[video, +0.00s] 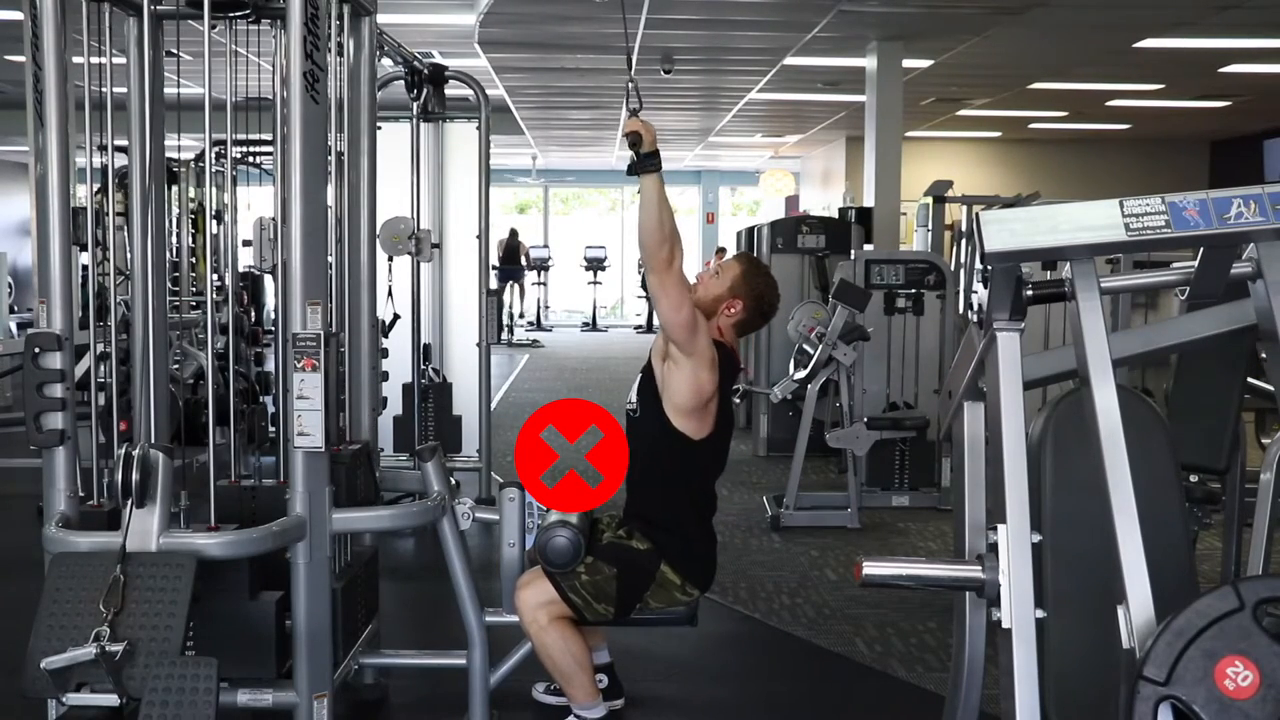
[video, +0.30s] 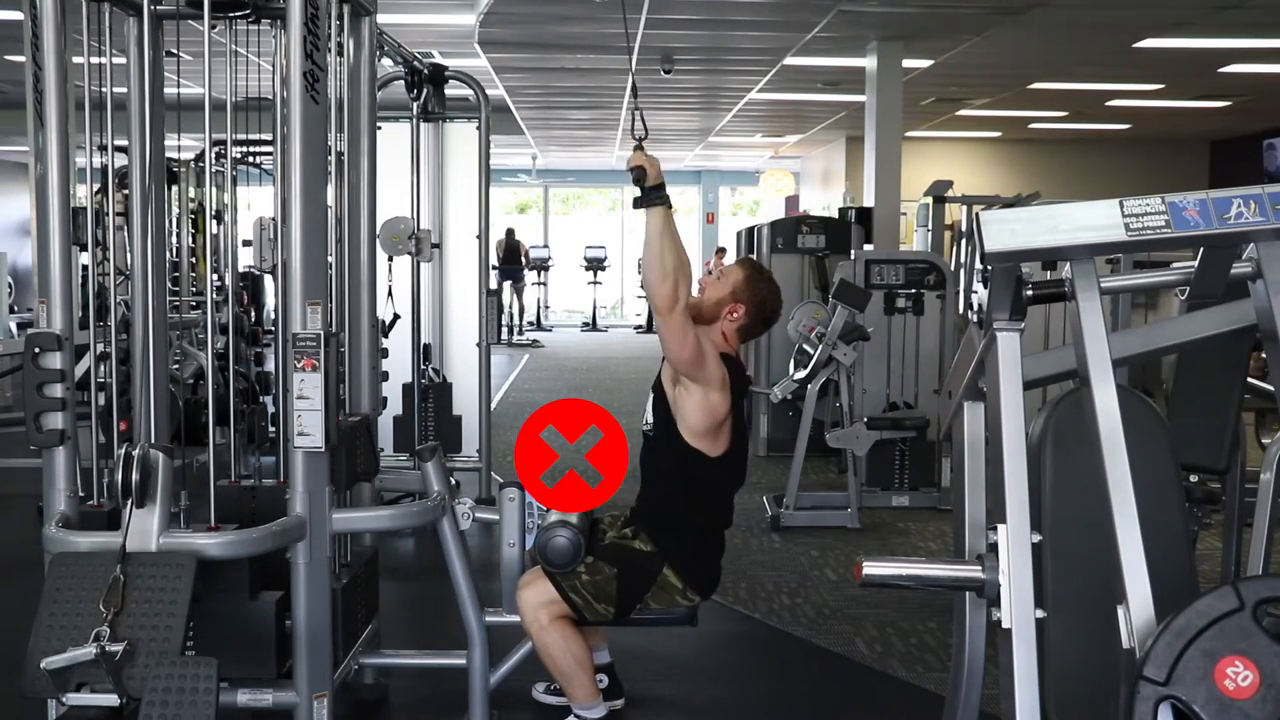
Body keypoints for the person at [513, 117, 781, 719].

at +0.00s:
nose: (702, 267)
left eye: (716, 268)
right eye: (715, 260)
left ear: (728, 306)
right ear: (731, 311)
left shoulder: (693, 348)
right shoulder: (700, 346)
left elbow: (661, 258)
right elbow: (663, 259)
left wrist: (646, 156)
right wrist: (646, 164)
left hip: (668, 555)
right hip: (661, 538)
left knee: (533, 595)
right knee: (550, 548)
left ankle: (589, 709)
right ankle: (592, 670)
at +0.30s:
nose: (705, 273)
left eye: (718, 273)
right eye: (716, 268)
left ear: (732, 313)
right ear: (732, 316)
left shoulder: (703, 370)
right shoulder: (703, 358)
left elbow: (667, 295)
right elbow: (667, 290)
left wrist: (653, 190)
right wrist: (654, 200)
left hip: (676, 561)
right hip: (661, 538)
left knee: (536, 596)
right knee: (553, 545)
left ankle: (589, 710)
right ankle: (593, 671)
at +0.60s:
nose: (710, 287)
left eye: (722, 286)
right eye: (719, 281)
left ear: (739, 321)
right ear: (740, 324)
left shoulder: (720, 389)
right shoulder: (715, 363)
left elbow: (679, 360)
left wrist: (667, 250)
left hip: (680, 561)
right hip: (660, 527)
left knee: (538, 596)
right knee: (555, 544)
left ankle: (589, 710)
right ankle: (596, 673)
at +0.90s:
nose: (715, 285)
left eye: (727, 286)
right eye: (724, 280)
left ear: (740, 324)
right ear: (741, 326)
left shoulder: (735, 392)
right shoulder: (718, 367)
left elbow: (700, 419)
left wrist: (682, 312)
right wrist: (721, 283)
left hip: (680, 560)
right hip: (659, 529)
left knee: (539, 595)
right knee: (555, 544)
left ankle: (590, 712)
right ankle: (597, 675)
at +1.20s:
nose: (717, 289)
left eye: (730, 289)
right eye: (727, 284)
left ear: (743, 325)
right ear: (744, 328)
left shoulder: (735, 392)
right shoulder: (720, 376)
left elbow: (707, 443)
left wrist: (691, 337)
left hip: (679, 560)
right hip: (659, 530)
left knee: (538, 594)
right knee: (555, 545)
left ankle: (590, 712)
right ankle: (596, 674)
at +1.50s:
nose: (717, 286)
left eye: (730, 287)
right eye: (726, 281)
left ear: (743, 324)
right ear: (744, 327)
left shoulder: (737, 389)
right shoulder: (721, 371)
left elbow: (706, 411)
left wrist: (688, 302)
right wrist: (714, 289)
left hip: (678, 562)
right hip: (658, 529)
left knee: (539, 594)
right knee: (555, 543)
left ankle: (589, 712)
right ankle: (596, 674)